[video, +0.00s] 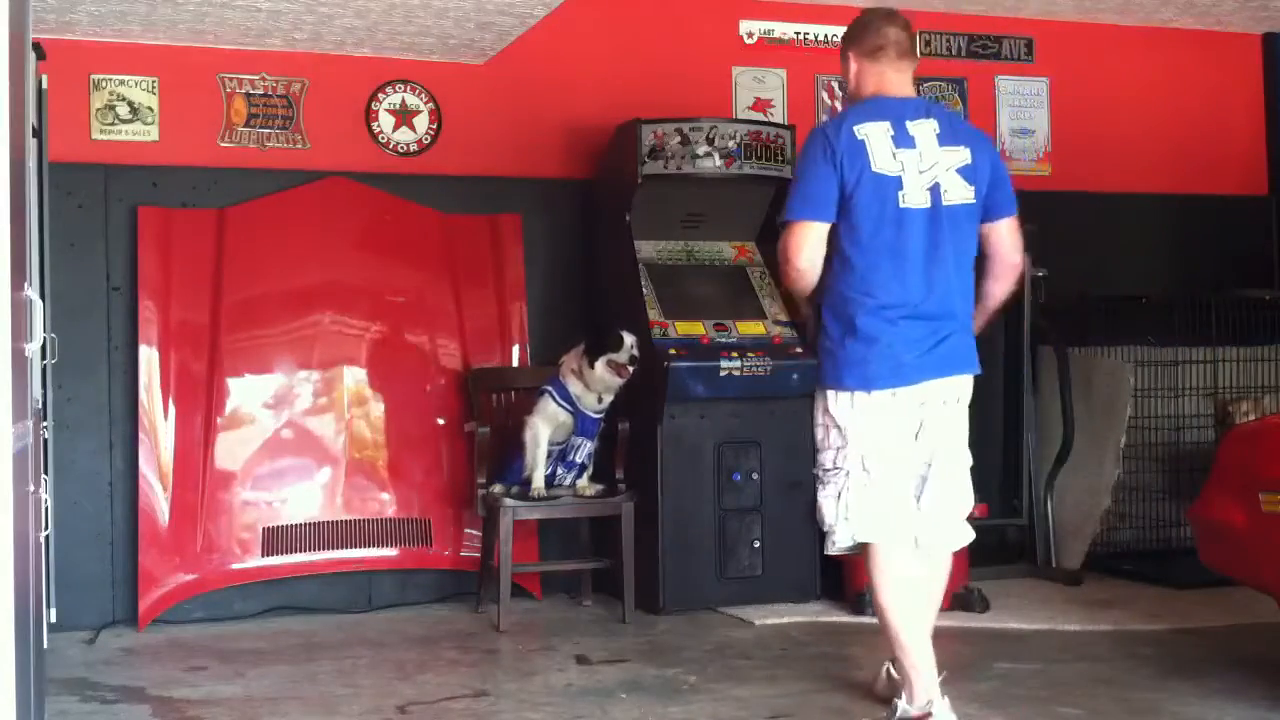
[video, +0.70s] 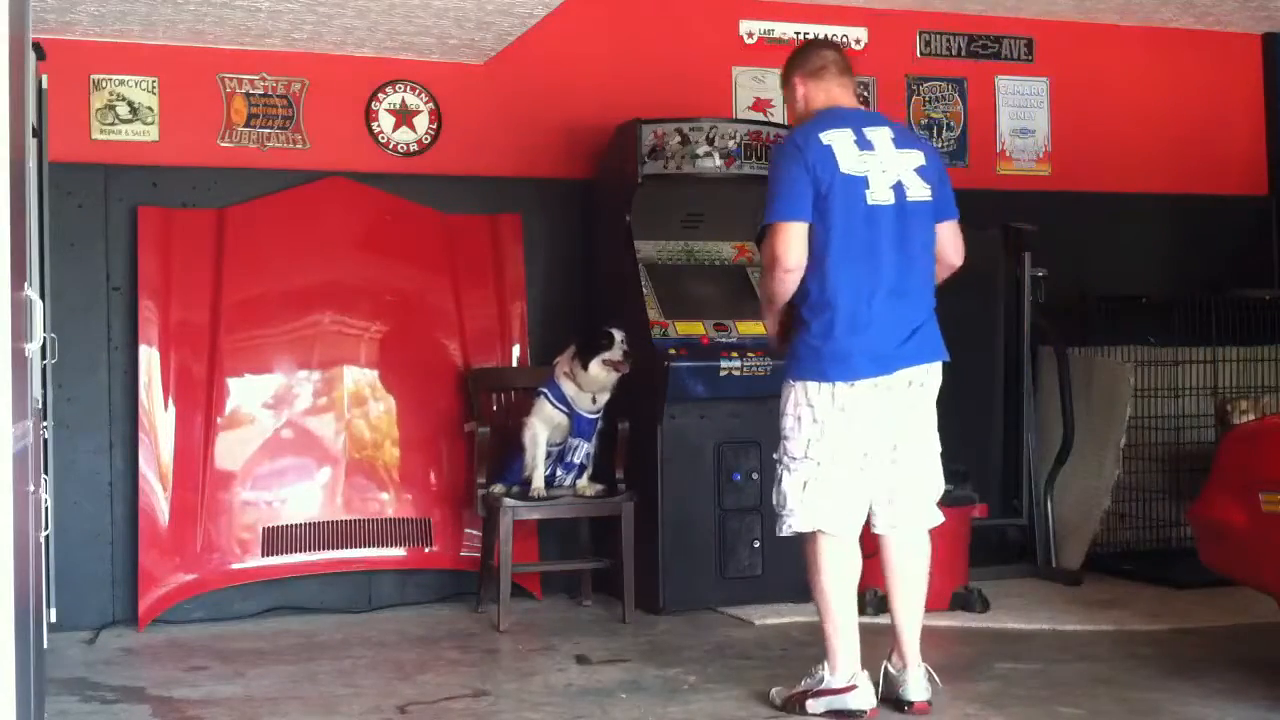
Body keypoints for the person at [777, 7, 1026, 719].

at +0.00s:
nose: (841, 79)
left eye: (841, 68)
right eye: (844, 69)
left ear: (850, 65)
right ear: (915, 64)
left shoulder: (836, 138)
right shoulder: (972, 139)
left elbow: (801, 266)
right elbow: (1007, 263)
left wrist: (814, 313)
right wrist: (962, 328)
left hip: (868, 369)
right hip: (950, 364)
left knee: (885, 532)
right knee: (936, 526)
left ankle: (928, 698)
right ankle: (906, 667)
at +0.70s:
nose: (788, 107)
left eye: (786, 96)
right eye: (788, 97)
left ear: (800, 87)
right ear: (851, 81)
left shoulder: (803, 146)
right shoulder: (916, 143)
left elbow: (786, 264)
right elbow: (950, 254)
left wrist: (775, 317)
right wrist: (897, 293)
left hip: (835, 367)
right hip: (915, 360)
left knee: (830, 520)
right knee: (907, 514)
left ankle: (842, 676)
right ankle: (910, 669)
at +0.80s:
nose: (776, 113)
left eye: (774, 102)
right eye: (776, 104)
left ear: (786, 93)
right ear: (837, 84)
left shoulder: (793, 148)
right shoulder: (908, 143)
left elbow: (783, 260)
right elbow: (942, 249)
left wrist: (766, 348)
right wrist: (874, 250)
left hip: (832, 368)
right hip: (916, 360)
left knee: (830, 521)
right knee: (907, 514)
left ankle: (842, 678)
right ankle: (911, 669)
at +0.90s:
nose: (766, 124)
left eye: (763, 113)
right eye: (764, 115)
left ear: (776, 99)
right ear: (829, 94)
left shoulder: (786, 150)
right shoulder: (897, 146)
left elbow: (777, 261)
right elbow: (927, 250)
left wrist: (763, 367)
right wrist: (892, 325)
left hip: (836, 367)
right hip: (919, 360)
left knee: (829, 522)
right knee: (908, 515)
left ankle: (842, 677)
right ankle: (915, 669)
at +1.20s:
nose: (743, 171)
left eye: (738, 159)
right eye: (740, 161)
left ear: (751, 141)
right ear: (793, 129)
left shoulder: (788, 186)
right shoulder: (861, 162)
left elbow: (795, 299)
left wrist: (774, 402)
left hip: (866, 363)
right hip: (943, 352)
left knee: (837, 519)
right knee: (935, 507)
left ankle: (843, 675)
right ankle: (971, 654)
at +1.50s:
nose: (783, 181)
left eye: (778, 167)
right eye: (777, 170)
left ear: (795, 144)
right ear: (827, 134)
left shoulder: (830, 189)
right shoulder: (903, 166)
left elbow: (848, 294)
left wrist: (776, 356)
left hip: (907, 368)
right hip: (983, 356)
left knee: (873, 518)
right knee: (972, 508)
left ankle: (848, 671)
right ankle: (981, 650)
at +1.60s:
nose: (796, 176)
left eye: (793, 160)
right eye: (791, 163)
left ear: (816, 137)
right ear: (846, 129)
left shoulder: (851, 182)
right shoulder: (916, 164)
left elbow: (860, 277)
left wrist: (770, 324)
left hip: (916, 365)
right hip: (989, 355)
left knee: (882, 513)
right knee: (976, 509)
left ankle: (865, 662)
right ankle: (980, 649)